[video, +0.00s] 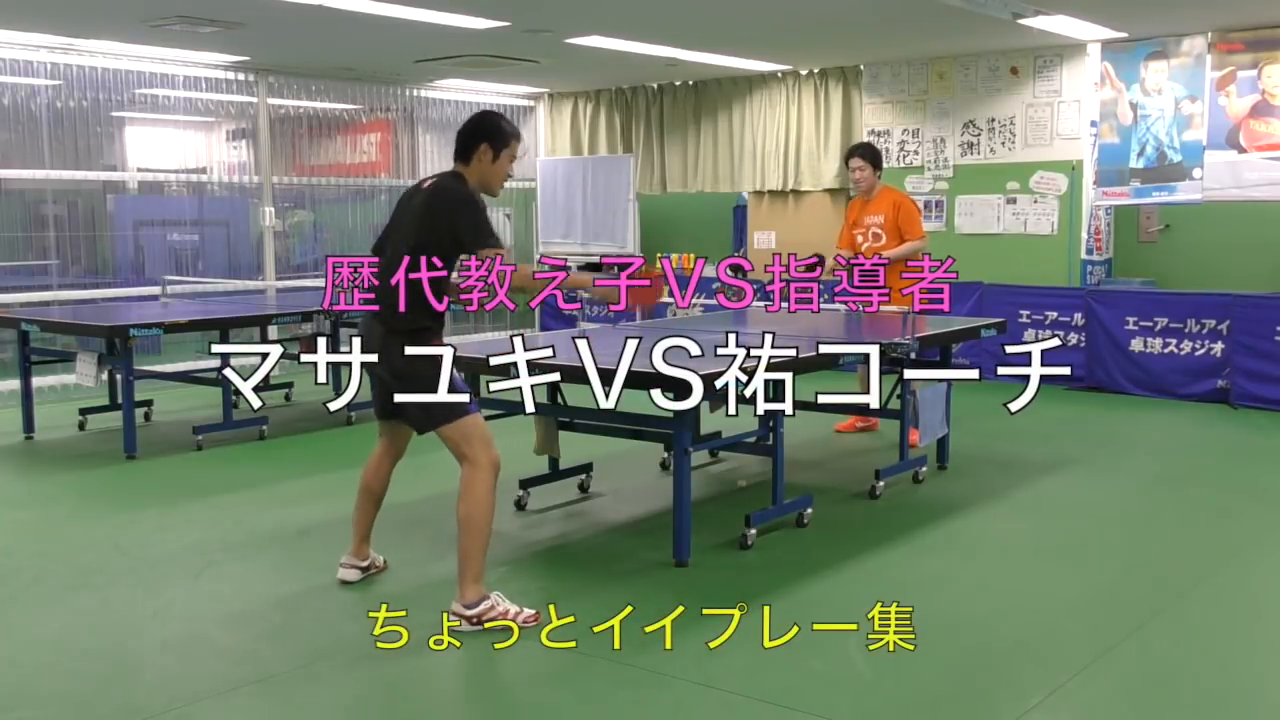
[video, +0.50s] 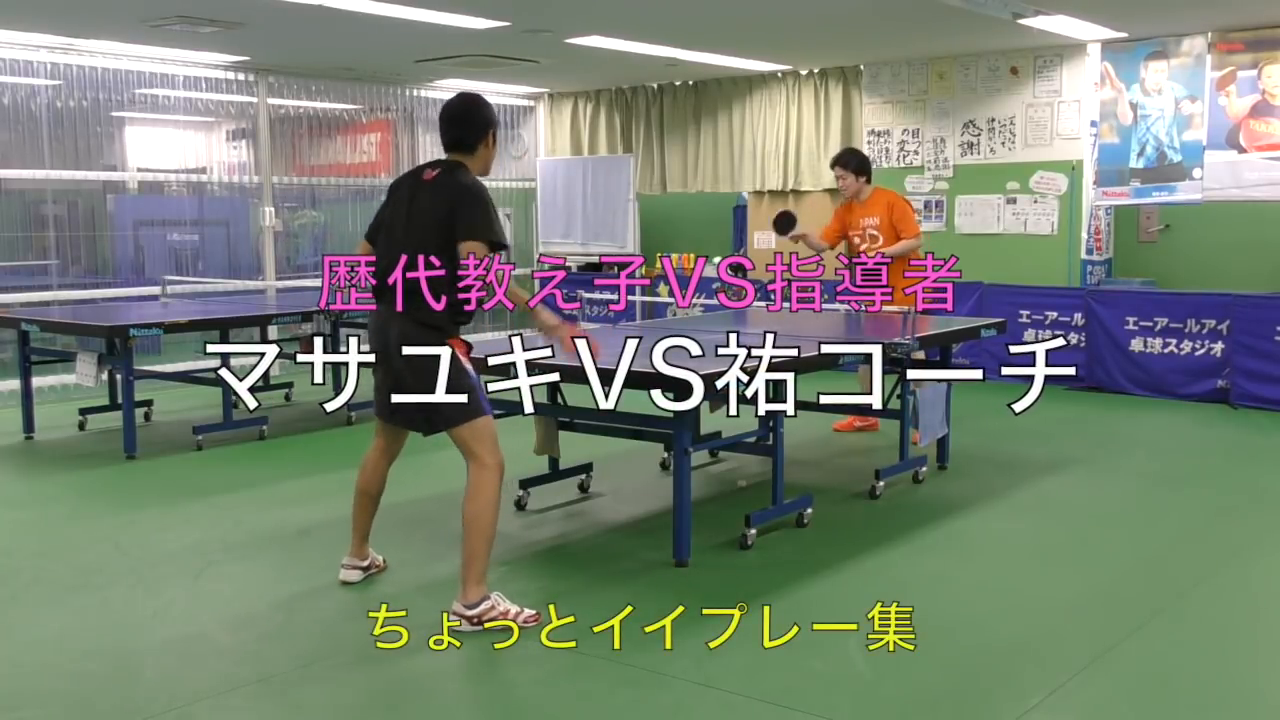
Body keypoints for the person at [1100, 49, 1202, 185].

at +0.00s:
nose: (1159, 77)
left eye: (1163, 71)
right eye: (1155, 71)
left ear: (1168, 73)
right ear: (1144, 72)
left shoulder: (1174, 89)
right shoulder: (1135, 91)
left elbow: (1199, 105)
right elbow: (1125, 120)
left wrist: (1191, 107)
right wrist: (1122, 94)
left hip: (1171, 161)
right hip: (1142, 163)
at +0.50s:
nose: (1159, 77)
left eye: (1163, 71)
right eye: (1155, 71)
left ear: (1168, 73)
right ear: (1144, 72)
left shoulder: (1173, 89)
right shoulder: (1135, 91)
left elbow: (1199, 106)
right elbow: (1125, 121)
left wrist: (1191, 107)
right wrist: (1121, 94)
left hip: (1171, 161)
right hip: (1142, 163)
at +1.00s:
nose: (1159, 77)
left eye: (1163, 71)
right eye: (1155, 71)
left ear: (1168, 73)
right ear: (1144, 72)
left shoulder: (1173, 89)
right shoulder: (1135, 91)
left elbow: (1199, 106)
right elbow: (1125, 121)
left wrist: (1191, 107)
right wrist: (1121, 94)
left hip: (1171, 161)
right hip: (1141, 163)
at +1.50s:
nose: (1159, 76)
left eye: (1163, 71)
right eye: (1155, 71)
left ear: (1168, 73)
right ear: (1144, 72)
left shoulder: (1173, 89)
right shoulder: (1135, 91)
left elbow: (1199, 105)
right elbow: (1125, 120)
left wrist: (1191, 107)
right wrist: (1121, 94)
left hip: (1171, 161)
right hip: (1141, 163)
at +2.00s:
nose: (1159, 76)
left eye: (1163, 71)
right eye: (1155, 71)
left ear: (1168, 72)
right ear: (1144, 72)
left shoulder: (1174, 89)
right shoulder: (1135, 91)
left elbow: (1199, 105)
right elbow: (1125, 120)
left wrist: (1191, 107)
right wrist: (1121, 94)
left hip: (1171, 161)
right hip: (1141, 163)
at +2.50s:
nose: (1159, 76)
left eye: (1163, 71)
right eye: (1155, 71)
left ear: (1168, 73)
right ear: (1144, 72)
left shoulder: (1174, 89)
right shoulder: (1135, 91)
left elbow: (1199, 106)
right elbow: (1125, 121)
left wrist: (1191, 107)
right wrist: (1121, 94)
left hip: (1171, 161)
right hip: (1141, 163)